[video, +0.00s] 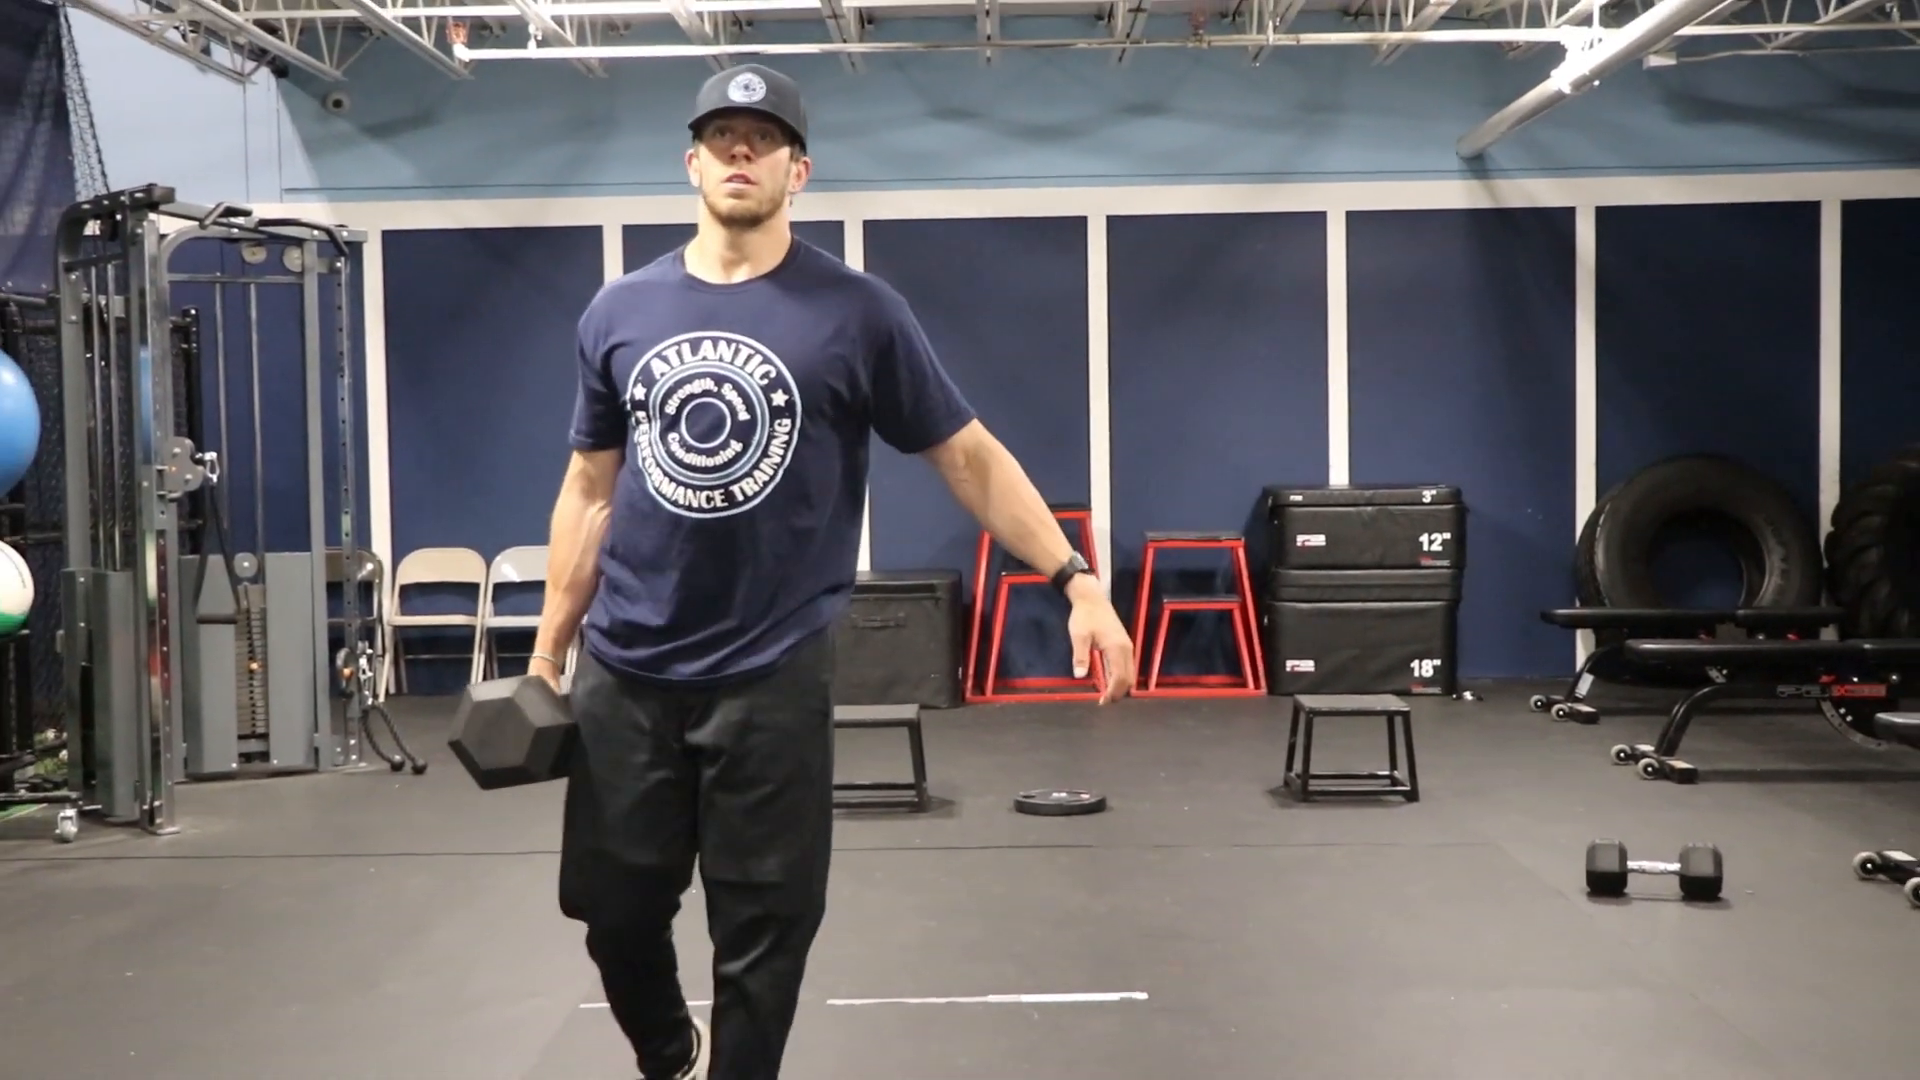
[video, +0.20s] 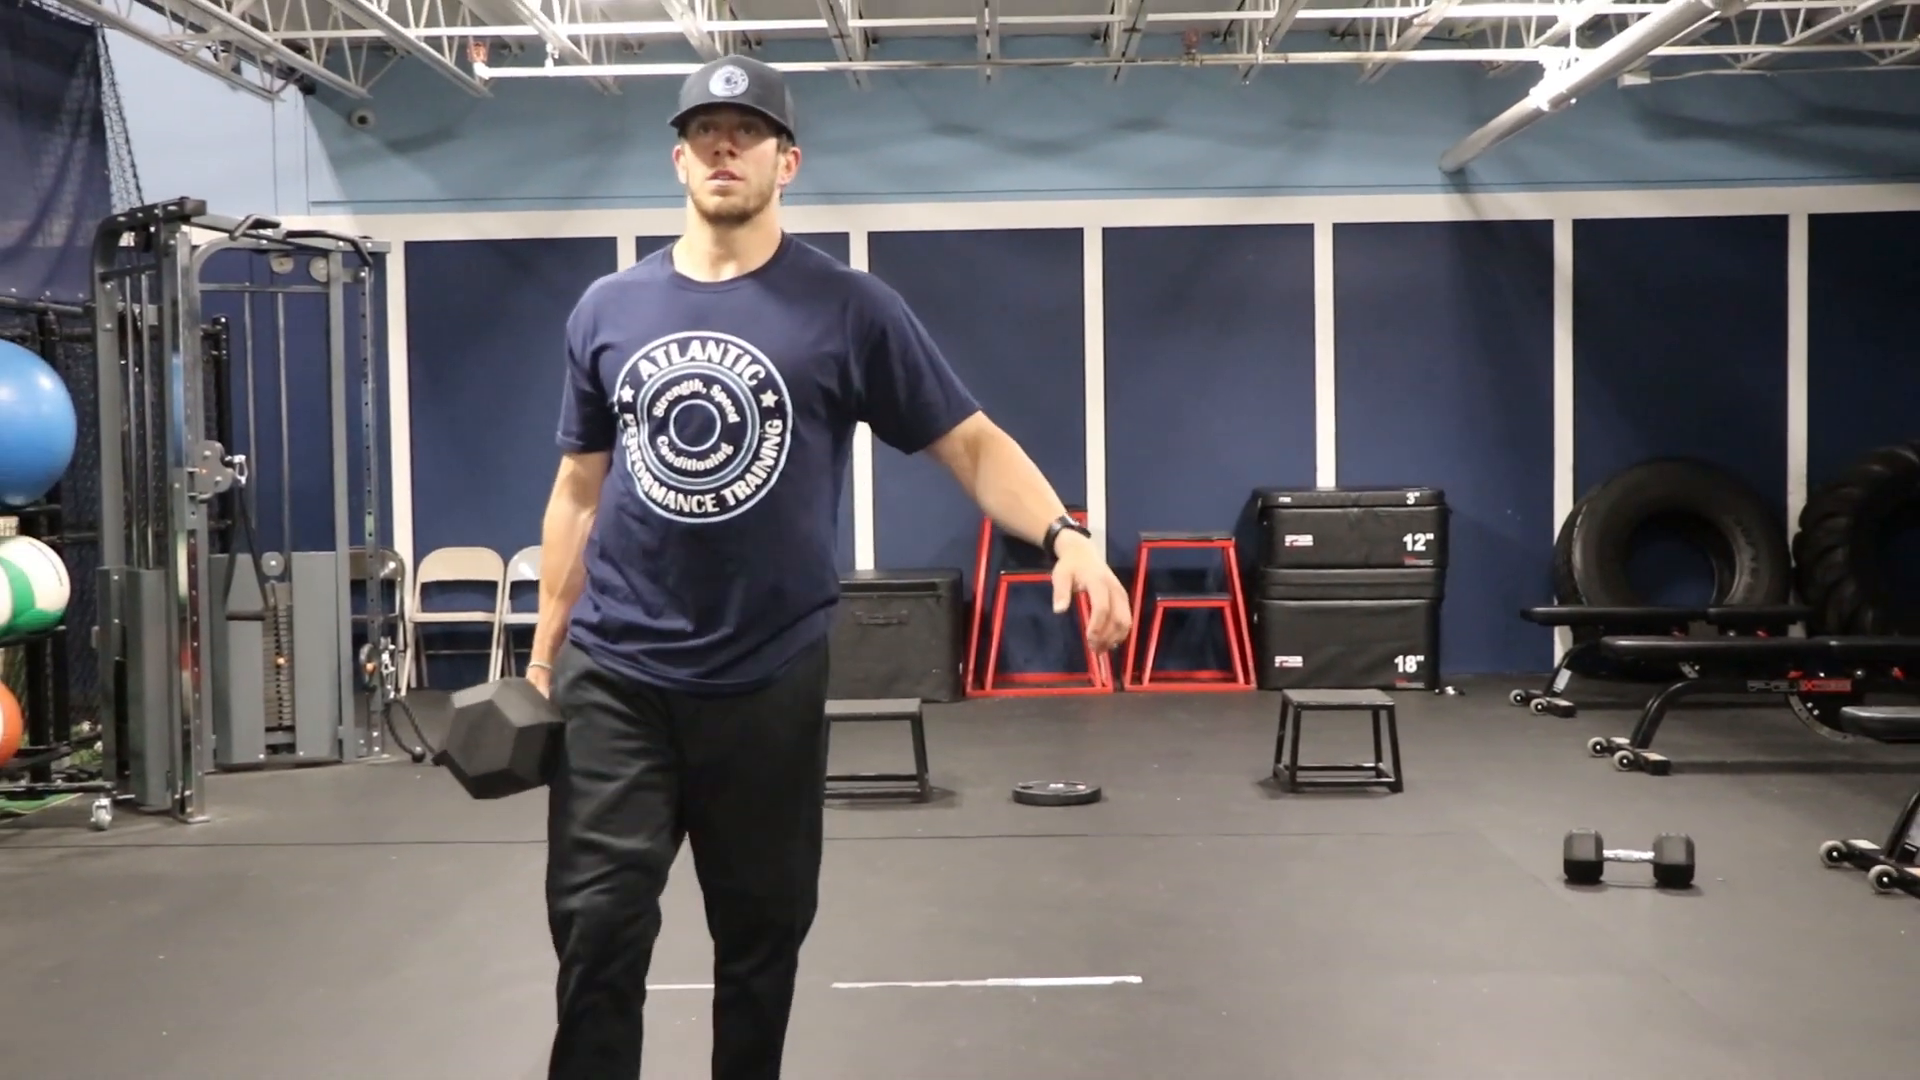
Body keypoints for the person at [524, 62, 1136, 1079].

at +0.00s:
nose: (737, 160)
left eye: (761, 143)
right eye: (719, 142)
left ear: (797, 169)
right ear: (692, 161)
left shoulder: (858, 312)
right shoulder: (619, 310)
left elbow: (972, 458)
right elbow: (588, 487)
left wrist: (1080, 581)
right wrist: (546, 658)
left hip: (773, 666)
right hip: (626, 662)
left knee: (759, 933)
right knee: (615, 916)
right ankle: (672, 1061)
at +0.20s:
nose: (721, 154)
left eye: (744, 137)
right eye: (702, 137)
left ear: (784, 162)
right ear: (677, 158)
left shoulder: (850, 307)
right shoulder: (607, 309)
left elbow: (972, 446)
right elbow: (577, 495)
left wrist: (1068, 537)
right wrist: (540, 670)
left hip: (769, 672)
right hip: (613, 665)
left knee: (759, 946)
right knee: (595, 939)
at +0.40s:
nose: (679, 159)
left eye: (703, 140)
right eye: (659, 142)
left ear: (746, 168)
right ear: (635, 168)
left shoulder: (819, 318)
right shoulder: (568, 326)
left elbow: (945, 449)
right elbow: (545, 516)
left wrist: (1039, 539)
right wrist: (518, 693)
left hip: (757, 696)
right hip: (600, 695)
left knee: (756, 963)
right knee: (602, 973)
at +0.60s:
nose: (623, 138)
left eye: (647, 116)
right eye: (601, 121)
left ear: (693, 142)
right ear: (578, 151)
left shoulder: (778, 297)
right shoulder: (517, 321)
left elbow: (907, 444)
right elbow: (502, 521)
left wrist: (1034, 572)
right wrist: (482, 714)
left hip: (729, 702)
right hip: (566, 708)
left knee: (759, 972)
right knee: (584, 1006)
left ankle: (752, 1075)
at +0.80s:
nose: (608, 124)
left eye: (633, 104)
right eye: (587, 106)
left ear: (681, 136)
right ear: (560, 135)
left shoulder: (765, 295)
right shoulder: (495, 314)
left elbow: (885, 452)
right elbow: (475, 522)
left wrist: (1010, 590)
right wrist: (439, 722)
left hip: (707, 703)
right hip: (543, 711)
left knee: (706, 997)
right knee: (583, 1013)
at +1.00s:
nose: (614, 132)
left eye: (642, 112)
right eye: (593, 112)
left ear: (691, 146)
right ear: (564, 139)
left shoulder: (770, 312)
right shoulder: (488, 320)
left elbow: (895, 477)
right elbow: (462, 527)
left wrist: (1031, 626)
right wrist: (410, 730)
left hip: (681, 729)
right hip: (517, 736)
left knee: (659, 1048)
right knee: (570, 1044)